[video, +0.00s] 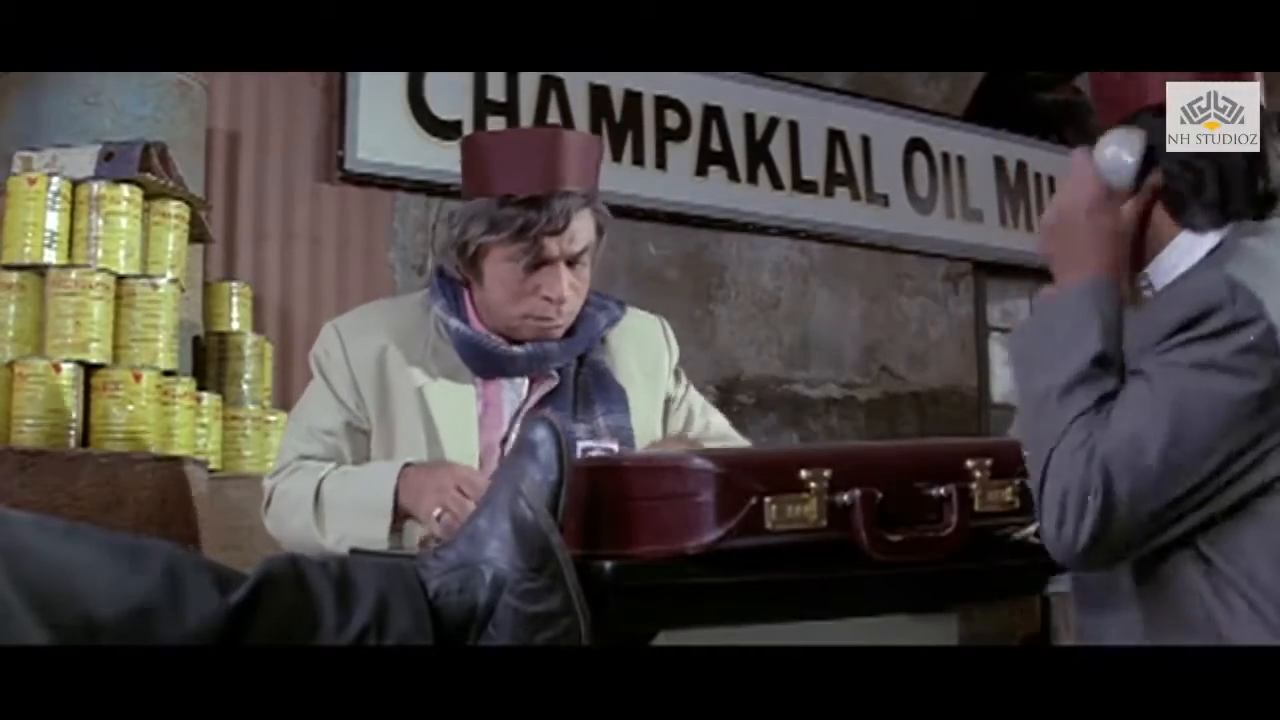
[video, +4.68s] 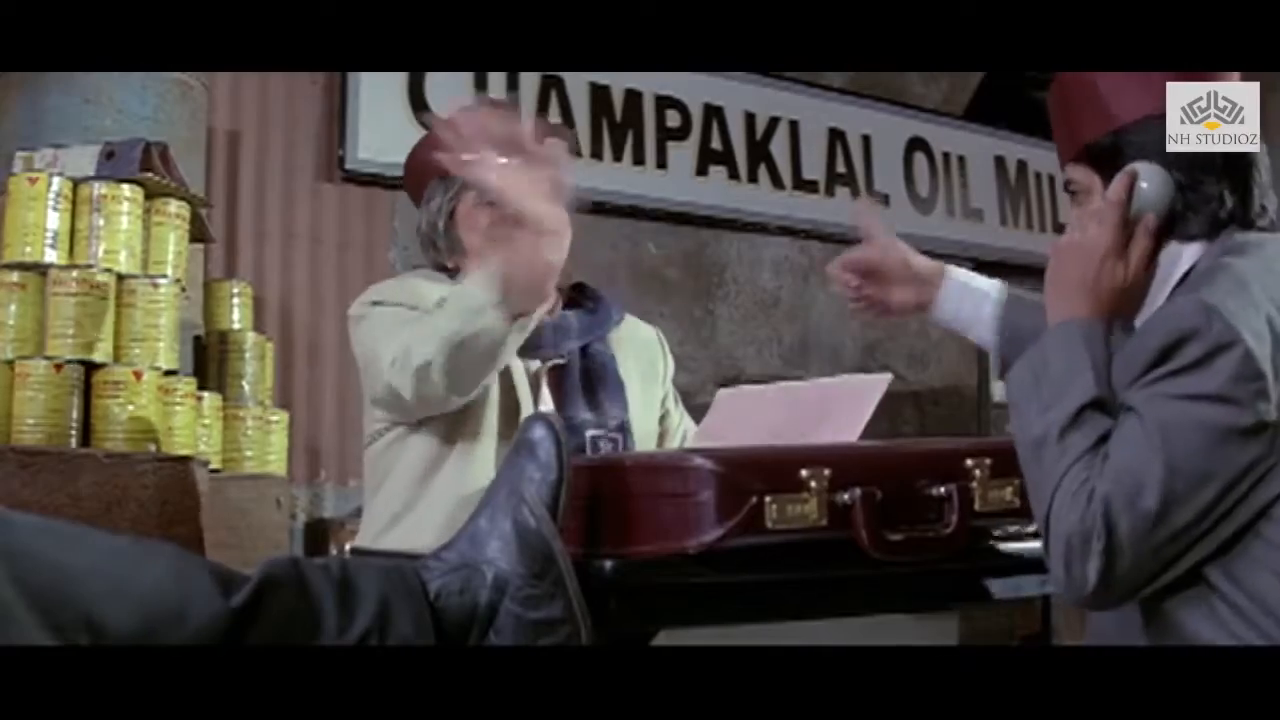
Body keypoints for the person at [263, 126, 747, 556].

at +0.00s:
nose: (559, 290)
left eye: (577, 261)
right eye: (531, 264)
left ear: (594, 251)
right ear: (467, 254)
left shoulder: (640, 347)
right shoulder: (361, 350)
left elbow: (733, 466)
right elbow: (289, 500)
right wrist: (399, 487)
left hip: (600, 622)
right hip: (422, 628)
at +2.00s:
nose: (563, 299)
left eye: (581, 273)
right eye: (536, 273)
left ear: (601, 268)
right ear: (478, 264)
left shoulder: (650, 363)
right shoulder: (377, 348)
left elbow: (691, 493)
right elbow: (295, 487)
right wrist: (415, 504)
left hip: (597, 621)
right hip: (428, 626)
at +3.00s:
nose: (553, 295)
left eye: (571, 268)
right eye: (527, 268)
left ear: (592, 265)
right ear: (470, 261)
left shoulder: (648, 360)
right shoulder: (374, 347)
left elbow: (688, 496)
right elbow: (299, 496)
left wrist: (564, 491)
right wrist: (438, 430)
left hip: (599, 618)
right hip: (421, 620)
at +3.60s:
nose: (547, 269)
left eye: (567, 246)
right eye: (520, 244)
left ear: (589, 258)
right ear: (468, 250)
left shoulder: (647, 359)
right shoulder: (393, 327)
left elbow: (683, 486)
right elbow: (329, 429)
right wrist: (508, 401)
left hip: (589, 608)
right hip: (418, 604)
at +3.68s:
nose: (567, 262)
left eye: (580, 236)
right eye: (533, 242)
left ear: (597, 243)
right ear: (475, 252)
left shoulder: (646, 360)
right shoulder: (393, 326)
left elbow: (681, 483)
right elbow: (354, 427)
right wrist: (489, 354)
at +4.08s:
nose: (554, 225)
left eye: (569, 207)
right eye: (523, 208)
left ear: (589, 232)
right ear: (465, 243)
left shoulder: (646, 354)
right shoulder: (396, 321)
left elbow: (676, 479)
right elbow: (397, 415)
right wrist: (541, 316)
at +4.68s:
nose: (511, 219)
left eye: (530, 204)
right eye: (489, 202)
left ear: (561, 219)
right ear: (446, 220)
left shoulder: (637, 345)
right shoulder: (394, 309)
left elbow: (683, 476)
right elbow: (419, 381)